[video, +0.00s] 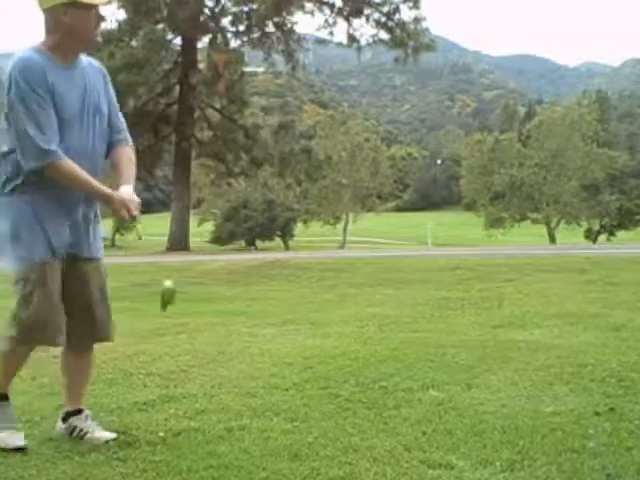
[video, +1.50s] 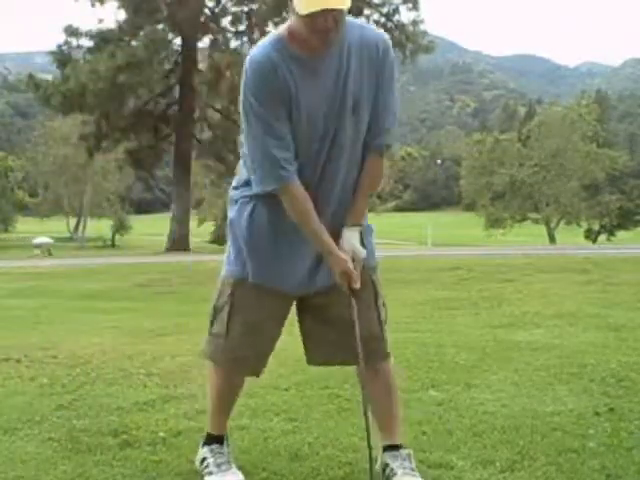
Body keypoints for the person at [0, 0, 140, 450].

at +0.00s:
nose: (101, 20)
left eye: (101, 13)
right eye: (93, 12)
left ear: (72, 19)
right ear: (62, 17)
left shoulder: (96, 72)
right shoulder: (27, 69)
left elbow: (120, 141)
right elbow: (43, 156)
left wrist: (124, 189)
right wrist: (108, 194)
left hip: (82, 217)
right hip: (31, 216)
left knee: (84, 320)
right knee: (36, 320)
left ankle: (73, 414)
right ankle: (0, 395)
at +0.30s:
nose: (139, 14)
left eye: (138, 7)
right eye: (129, 7)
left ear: (119, 16)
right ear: (98, 14)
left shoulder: (143, 69)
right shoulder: (64, 67)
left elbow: (164, 135)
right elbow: (65, 158)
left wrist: (159, 183)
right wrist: (126, 190)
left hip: (126, 217)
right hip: (83, 220)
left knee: (97, 321)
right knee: (120, 317)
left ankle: (75, 415)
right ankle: (175, 422)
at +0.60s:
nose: (193, 9)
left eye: (192, 2)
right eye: (183, 2)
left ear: (179, 10)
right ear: (148, 8)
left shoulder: (197, 57)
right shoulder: (115, 73)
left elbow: (219, 134)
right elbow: (128, 173)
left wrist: (210, 200)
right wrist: (193, 217)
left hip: (186, 224)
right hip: (140, 228)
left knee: (152, 325)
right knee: (165, 328)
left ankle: (97, 400)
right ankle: (205, 445)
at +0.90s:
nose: (225, 7)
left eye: (227, 0)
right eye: (215, 1)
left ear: (227, 2)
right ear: (184, 2)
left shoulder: (242, 36)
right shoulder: (159, 59)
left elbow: (265, 120)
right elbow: (190, 165)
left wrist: (266, 199)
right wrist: (256, 215)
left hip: (238, 216)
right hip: (180, 223)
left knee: (268, 317)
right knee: (182, 340)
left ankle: (238, 403)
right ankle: (205, 445)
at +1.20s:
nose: (266, 14)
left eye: (269, 7)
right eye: (258, 8)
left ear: (272, 4)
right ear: (230, 4)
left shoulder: (290, 34)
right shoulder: (197, 58)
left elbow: (307, 129)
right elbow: (221, 167)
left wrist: (299, 204)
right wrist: (281, 228)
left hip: (280, 216)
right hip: (216, 221)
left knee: (333, 310)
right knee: (205, 338)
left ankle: (384, 414)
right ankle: (208, 448)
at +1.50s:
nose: (328, 21)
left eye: (336, 10)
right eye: (315, 13)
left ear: (349, 4)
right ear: (293, 8)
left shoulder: (375, 47)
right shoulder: (266, 63)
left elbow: (376, 149)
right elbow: (279, 174)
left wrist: (352, 228)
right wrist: (329, 249)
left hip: (343, 225)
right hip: (269, 223)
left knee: (373, 344)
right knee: (236, 343)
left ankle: (394, 455)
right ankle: (214, 446)